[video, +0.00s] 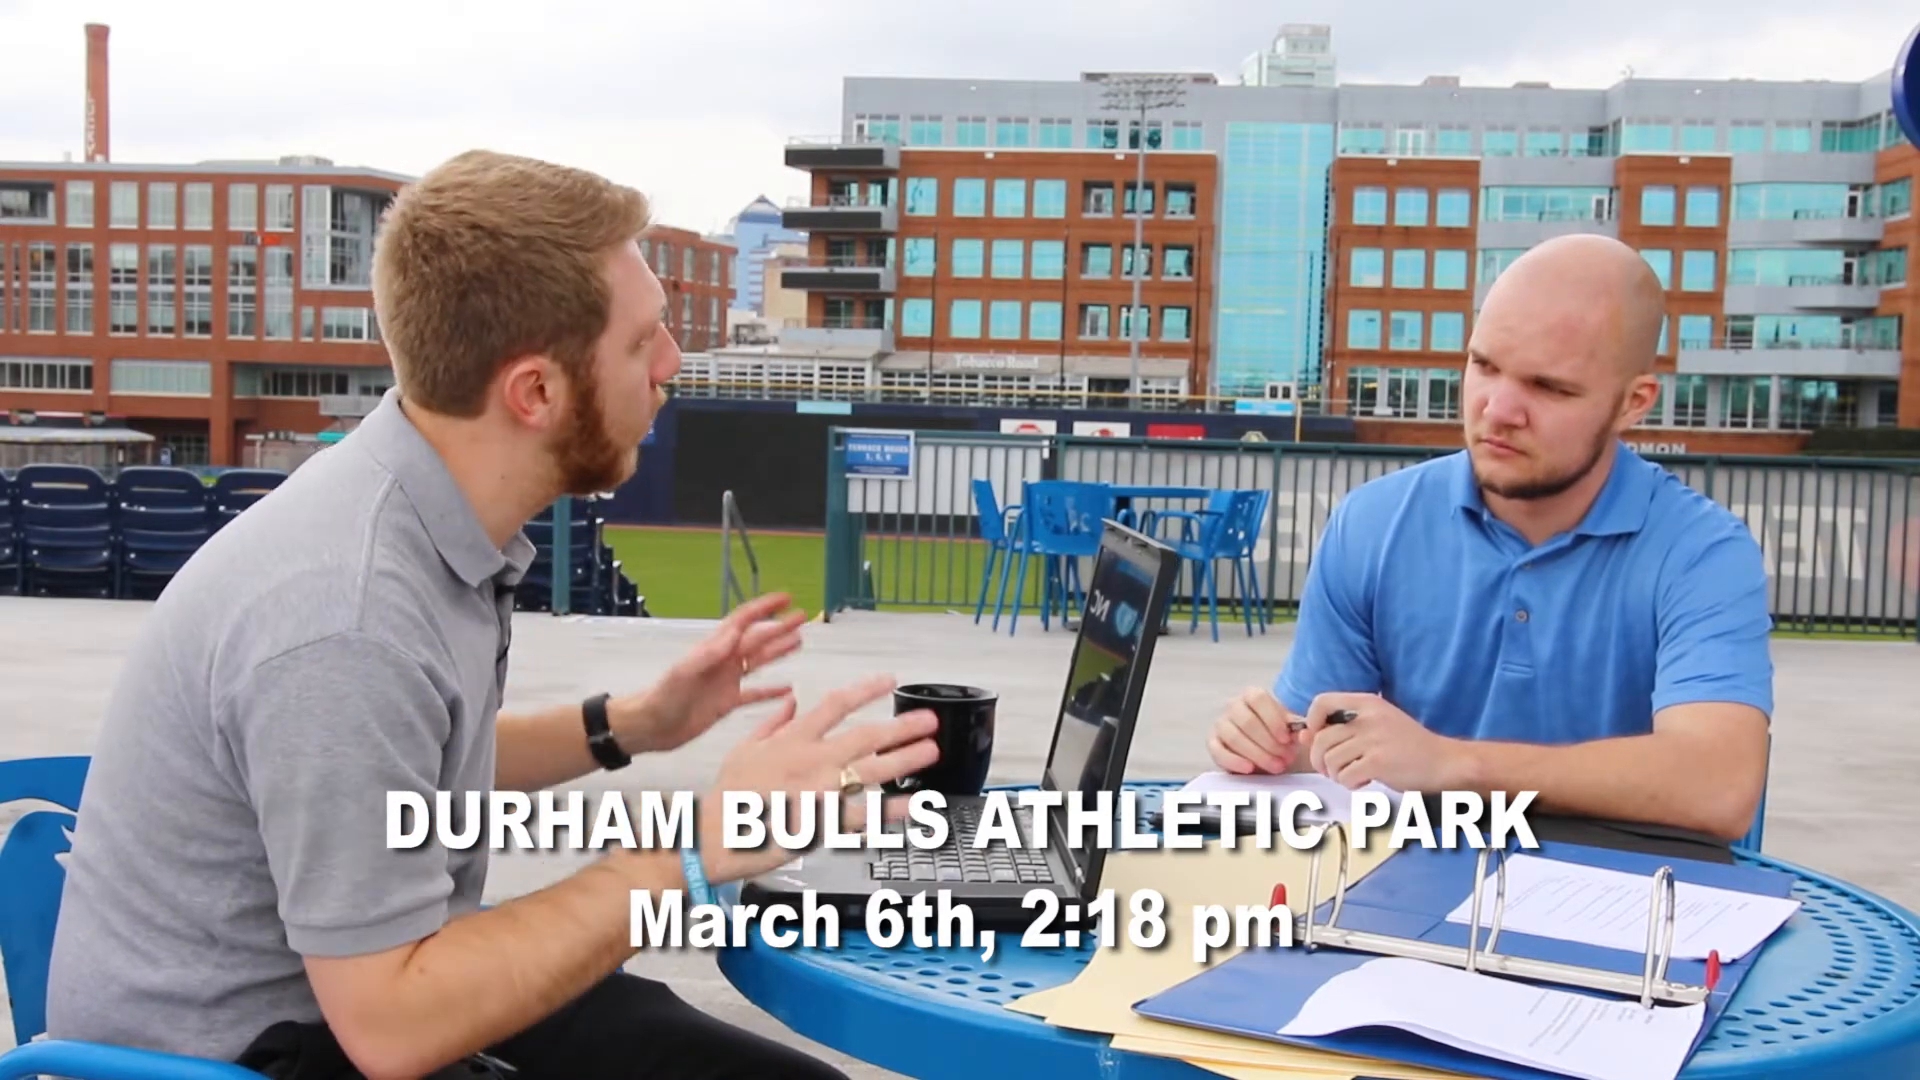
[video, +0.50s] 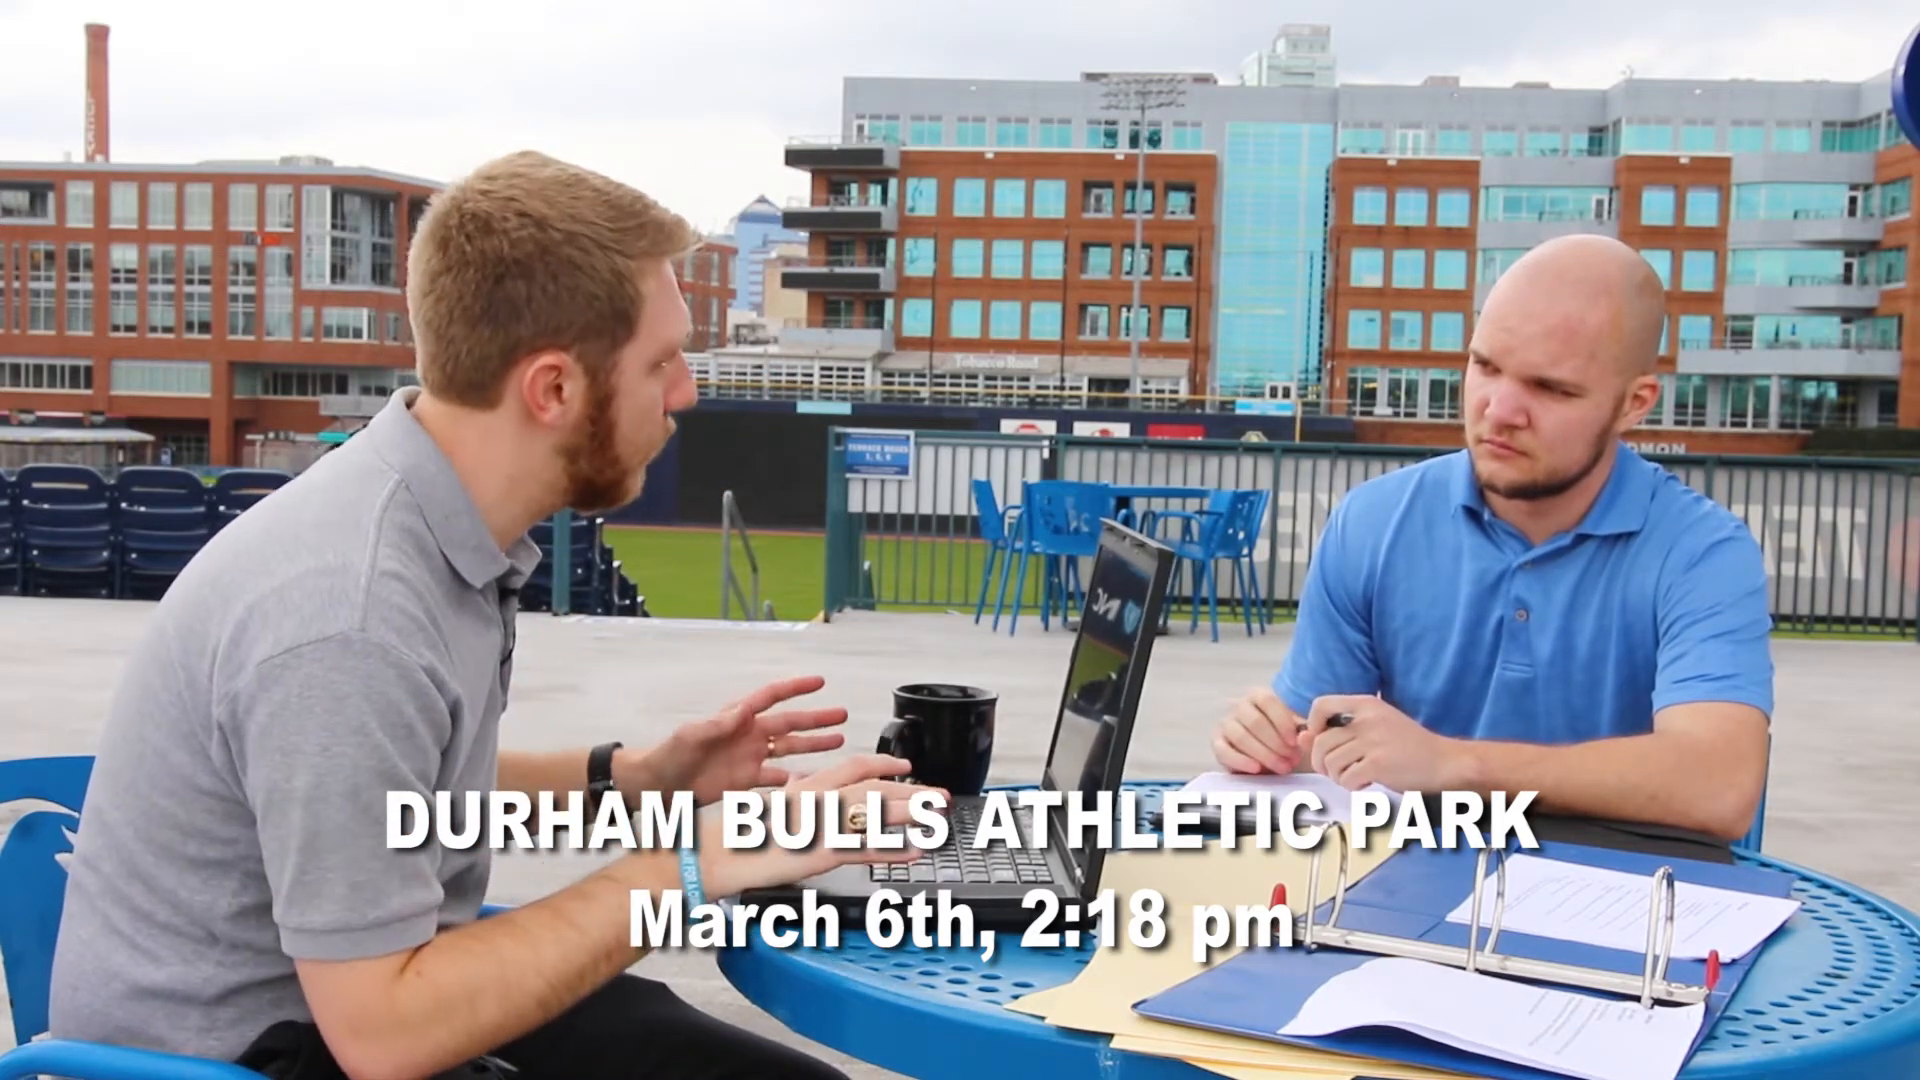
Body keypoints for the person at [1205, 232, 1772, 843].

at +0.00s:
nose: (1498, 410)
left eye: (1548, 387)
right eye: (1486, 366)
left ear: (1631, 406)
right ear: (1467, 355)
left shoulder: (1697, 552)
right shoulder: (1371, 524)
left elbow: (1713, 786)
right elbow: (1305, 728)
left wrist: (1449, 763)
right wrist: (1261, 736)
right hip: (1394, 892)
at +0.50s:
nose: (1499, 411)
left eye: (1549, 388)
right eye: (1487, 367)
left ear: (1631, 406)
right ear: (1467, 353)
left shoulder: (1698, 551)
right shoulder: (1371, 523)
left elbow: (1714, 785)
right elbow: (1303, 717)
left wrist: (1450, 762)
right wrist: (1262, 730)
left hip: (1622, 913)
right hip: (1395, 888)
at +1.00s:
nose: (1486, 431)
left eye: (1532, 405)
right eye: (1465, 388)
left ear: (1616, 398)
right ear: (1449, 362)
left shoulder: (1693, 548)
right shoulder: (1365, 525)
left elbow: (1710, 785)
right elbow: (1304, 727)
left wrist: (1465, 759)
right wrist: (1265, 742)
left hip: (1619, 913)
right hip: (1393, 892)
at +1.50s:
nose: (1425, 458)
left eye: (1464, 424)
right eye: (1400, 421)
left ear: (1550, 393)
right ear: (1379, 393)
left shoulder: (1661, 536)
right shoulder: (1341, 538)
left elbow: (1707, 783)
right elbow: (1308, 755)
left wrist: (1486, 769)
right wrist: (1261, 753)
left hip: (1615, 908)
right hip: (1395, 893)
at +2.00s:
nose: (1424, 461)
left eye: (1464, 427)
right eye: (1398, 424)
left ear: (1548, 395)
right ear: (1377, 394)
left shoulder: (1658, 537)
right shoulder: (1336, 542)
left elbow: (1706, 781)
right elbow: (1306, 756)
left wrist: (1480, 770)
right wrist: (1261, 753)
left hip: (1613, 906)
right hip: (1399, 893)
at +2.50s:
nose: (1431, 456)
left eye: (1473, 422)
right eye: (1406, 418)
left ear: (1556, 394)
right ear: (1384, 385)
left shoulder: (1660, 535)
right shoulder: (1341, 537)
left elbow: (1705, 778)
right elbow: (1308, 754)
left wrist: (1477, 769)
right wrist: (1261, 751)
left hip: (1613, 902)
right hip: (1397, 886)